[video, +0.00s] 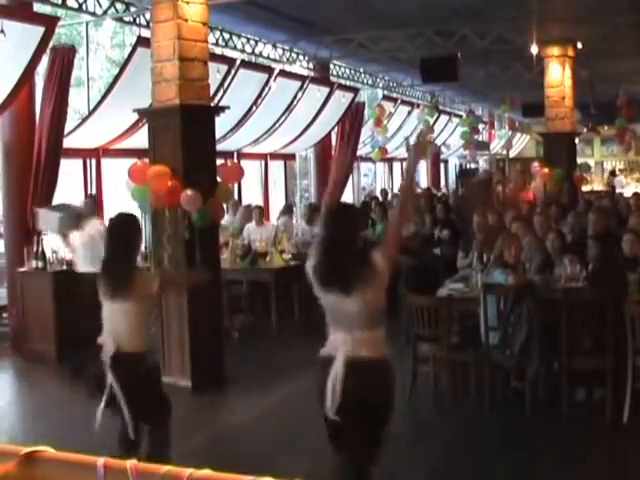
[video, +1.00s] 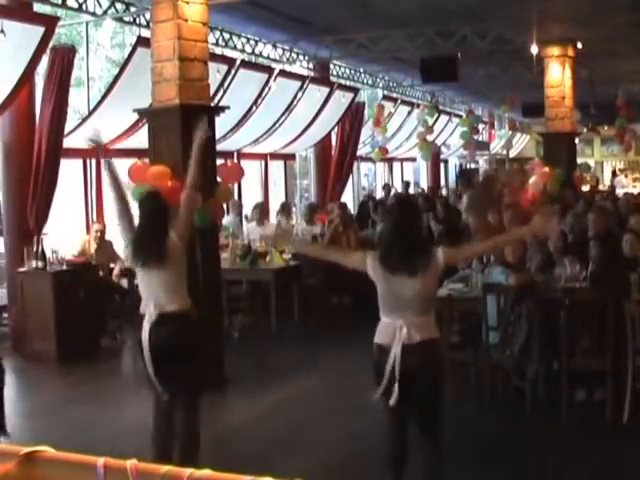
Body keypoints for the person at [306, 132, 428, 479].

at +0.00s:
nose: (366, 229)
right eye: (362, 225)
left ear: (326, 233)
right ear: (360, 234)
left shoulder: (318, 271)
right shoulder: (378, 268)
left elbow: (329, 211)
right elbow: (400, 217)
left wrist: (341, 164)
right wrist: (413, 161)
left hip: (335, 360)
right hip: (375, 361)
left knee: (343, 452)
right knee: (366, 454)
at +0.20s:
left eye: (341, 224)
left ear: (346, 231)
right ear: (381, 230)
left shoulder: (340, 266)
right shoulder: (394, 262)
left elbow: (322, 214)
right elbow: (416, 217)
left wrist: (310, 161)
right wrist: (436, 174)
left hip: (356, 355)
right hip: (394, 354)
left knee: (357, 435)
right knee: (401, 431)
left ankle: (358, 470)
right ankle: (394, 471)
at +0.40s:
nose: (360, 228)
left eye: (363, 224)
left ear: (365, 229)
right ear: (397, 226)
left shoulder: (355, 262)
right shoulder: (415, 256)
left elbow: (323, 237)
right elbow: (453, 227)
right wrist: (488, 196)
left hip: (375, 351)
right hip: (410, 348)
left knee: (385, 426)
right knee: (413, 428)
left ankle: (377, 471)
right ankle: (410, 471)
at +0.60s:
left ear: (377, 225)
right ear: (409, 222)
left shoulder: (363, 261)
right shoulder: (428, 255)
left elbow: (316, 246)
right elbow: (478, 238)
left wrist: (278, 224)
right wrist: (523, 217)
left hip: (384, 346)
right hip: (419, 344)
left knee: (394, 422)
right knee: (418, 420)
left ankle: (396, 469)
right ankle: (416, 469)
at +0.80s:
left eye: (390, 217)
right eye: (418, 215)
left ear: (385, 225)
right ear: (418, 223)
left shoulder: (371, 256)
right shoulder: (434, 251)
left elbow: (325, 246)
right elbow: (482, 239)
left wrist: (290, 236)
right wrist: (528, 225)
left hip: (387, 340)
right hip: (422, 340)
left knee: (393, 416)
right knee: (426, 414)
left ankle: (397, 469)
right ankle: (430, 469)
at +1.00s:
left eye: (386, 220)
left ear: (385, 227)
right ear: (420, 226)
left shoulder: (372, 261)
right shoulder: (437, 259)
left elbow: (328, 254)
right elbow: (485, 247)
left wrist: (290, 245)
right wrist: (529, 230)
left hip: (387, 345)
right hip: (425, 343)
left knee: (395, 417)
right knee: (430, 418)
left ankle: (395, 470)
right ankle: (434, 469)